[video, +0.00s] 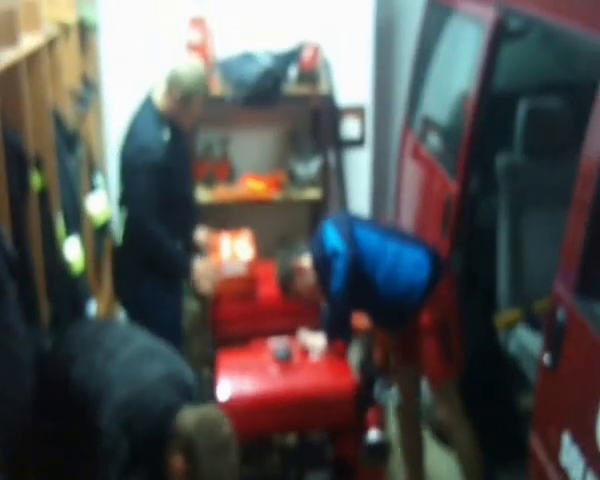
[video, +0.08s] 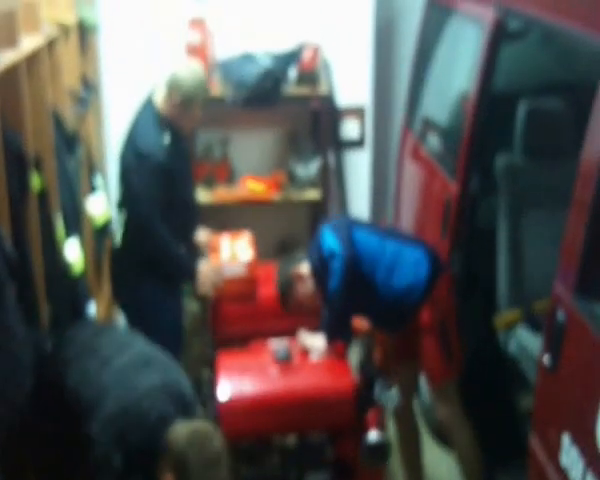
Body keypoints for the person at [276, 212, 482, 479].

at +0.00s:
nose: (310, 296)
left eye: (303, 292)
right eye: (304, 296)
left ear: (300, 268)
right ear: (303, 269)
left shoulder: (332, 229)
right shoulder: (331, 282)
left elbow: (339, 283)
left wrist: (328, 335)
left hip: (429, 293)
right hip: (396, 314)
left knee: (445, 398)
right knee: (406, 401)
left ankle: (473, 472)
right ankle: (414, 474)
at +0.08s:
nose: (312, 308)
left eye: (304, 302)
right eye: (305, 307)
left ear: (300, 277)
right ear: (304, 277)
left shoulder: (330, 234)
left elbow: (338, 278)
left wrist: (328, 337)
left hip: (429, 293)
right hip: (396, 314)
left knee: (444, 402)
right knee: (401, 403)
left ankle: (474, 472)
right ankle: (413, 474)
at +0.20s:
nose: (311, 314)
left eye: (304, 307)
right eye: (305, 313)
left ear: (301, 284)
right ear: (305, 283)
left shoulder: (330, 236)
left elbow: (338, 282)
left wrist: (327, 336)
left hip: (430, 293)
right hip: (397, 315)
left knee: (444, 406)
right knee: (400, 407)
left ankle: (472, 473)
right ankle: (412, 475)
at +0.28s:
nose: (313, 314)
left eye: (306, 308)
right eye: (307, 313)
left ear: (302, 284)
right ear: (306, 283)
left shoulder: (330, 236)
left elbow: (338, 276)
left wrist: (327, 337)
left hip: (430, 292)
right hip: (397, 315)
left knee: (442, 408)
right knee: (400, 406)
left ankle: (470, 473)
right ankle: (413, 475)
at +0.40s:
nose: (316, 312)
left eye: (310, 307)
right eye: (310, 312)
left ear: (306, 282)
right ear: (308, 281)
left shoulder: (334, 234)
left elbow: (339, 284)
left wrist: (326, 337)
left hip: (430, 292)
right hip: (396, 313)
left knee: (440, 412)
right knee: (401, 407)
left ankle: (466, 473)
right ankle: (413, 474)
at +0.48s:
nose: (319, 308)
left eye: (312, 303)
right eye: (312, 310)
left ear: (307, 277)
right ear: (308, 276)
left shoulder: (335, 230)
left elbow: (342, 272)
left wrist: (327, 336)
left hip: (430, 293)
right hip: (397, 313)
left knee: (439, 411)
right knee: (402, 406)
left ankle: (465, 472)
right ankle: (413, 474)